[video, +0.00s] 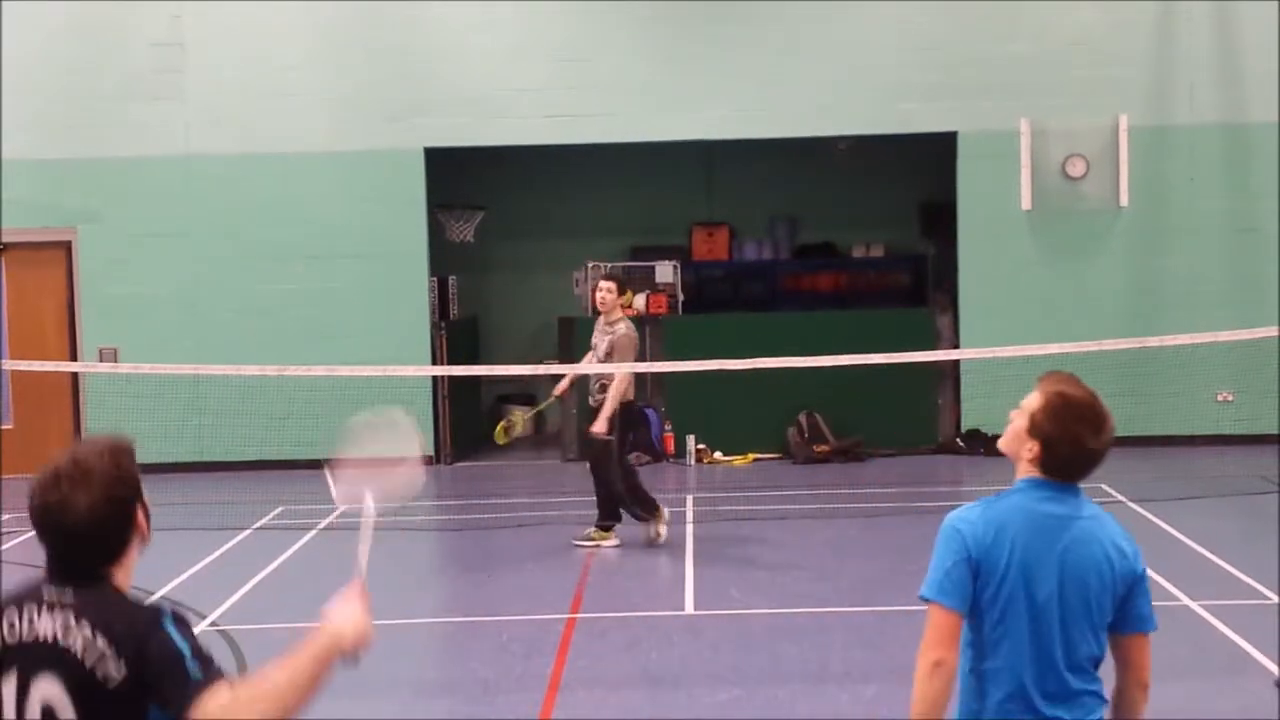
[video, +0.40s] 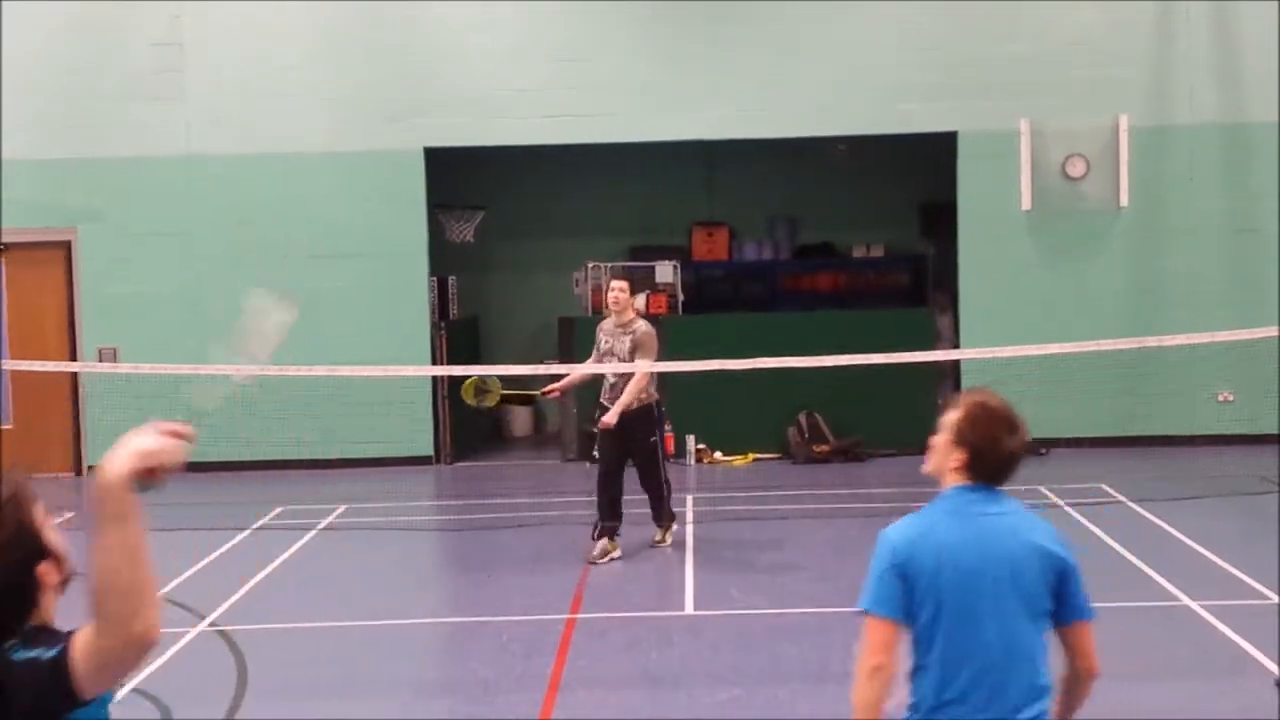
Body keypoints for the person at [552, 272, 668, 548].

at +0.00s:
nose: (601, 296)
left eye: (608, 292)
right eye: (599, 290)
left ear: (621, 298)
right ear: (595, 294)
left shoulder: (624, 333)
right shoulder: (601, 324)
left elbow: (622, 379)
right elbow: (593, 356)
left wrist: (604, 417)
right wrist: (569, 379)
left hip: (617, 405)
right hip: (600, 403)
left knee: (608, 464)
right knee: (602, 463)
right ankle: (605, 527)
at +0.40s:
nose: (614, 296)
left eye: (620, 291)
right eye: (611, 291)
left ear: (631, 297)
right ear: (606, 297)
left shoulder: (644, 331)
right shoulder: (604, 328)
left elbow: (642, 377)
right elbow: (594, 365)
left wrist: (615, 410)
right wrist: (564, 383)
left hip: (641, 409)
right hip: (609, 409)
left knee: (651, 471)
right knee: (608, 472)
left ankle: (665, 522)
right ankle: (607, 536)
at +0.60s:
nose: (616, 301)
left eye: (622, 296)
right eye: (612, 297)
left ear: (634, 303)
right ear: (606, 303)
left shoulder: (650, 335)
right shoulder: (598, 336)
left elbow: (649, 380)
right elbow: (582, 375)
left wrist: (620, 410)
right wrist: (552, 404)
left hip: (649, 415)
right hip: (613, 417)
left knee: (670, 473)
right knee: (610, 477)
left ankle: (681, 523)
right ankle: (605, 541)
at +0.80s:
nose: (634, 306)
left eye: (639, 302)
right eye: (630, 302)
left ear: (650, 307)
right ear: (623, 309)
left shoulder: (669, 341)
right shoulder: (614, 342)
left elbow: (679, 385)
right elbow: (601, 382)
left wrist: (658, 418)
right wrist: (578, 415)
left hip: (666, 420)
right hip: (628, 423)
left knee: (692, 479)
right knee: (618, 479)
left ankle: (719, 534)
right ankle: (606, 541)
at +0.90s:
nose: (651, 314)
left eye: (656, 309)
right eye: (646, 310)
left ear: (668, 315)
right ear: (638, 316)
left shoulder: (685, 349)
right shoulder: (628, 350)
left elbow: (697, 394)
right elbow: (613, 388)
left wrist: (684, 427)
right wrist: (589, 422)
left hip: (678, 430)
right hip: (640, 430)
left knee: (710, 480)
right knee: (624, 482)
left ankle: (731, 535)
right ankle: (606, 542)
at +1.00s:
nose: (676, 314)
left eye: (682, 309)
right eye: (671, 309)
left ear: (693, 316)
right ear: (663, 317)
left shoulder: (709, 352)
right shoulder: (651, 351)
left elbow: (719, 395)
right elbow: (636, 386)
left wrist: (707, 432)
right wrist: (613, 416)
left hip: (696, 433)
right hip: (657, 432)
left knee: (720, 491)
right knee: (635, 486)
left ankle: (734, 546)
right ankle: (605, 541)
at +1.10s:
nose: (700, 308)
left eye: (706, 304)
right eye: (696, 304)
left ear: (719, 312)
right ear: (690, 312)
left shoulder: (733, 348)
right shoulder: (679, 345)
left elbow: (740, 392)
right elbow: (668, 378)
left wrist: (727, 427)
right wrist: (644, 397)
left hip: (717, 428)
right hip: (681, 426)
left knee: (722, 484)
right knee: (655, 476)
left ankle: (725, 541)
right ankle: (626, 532)